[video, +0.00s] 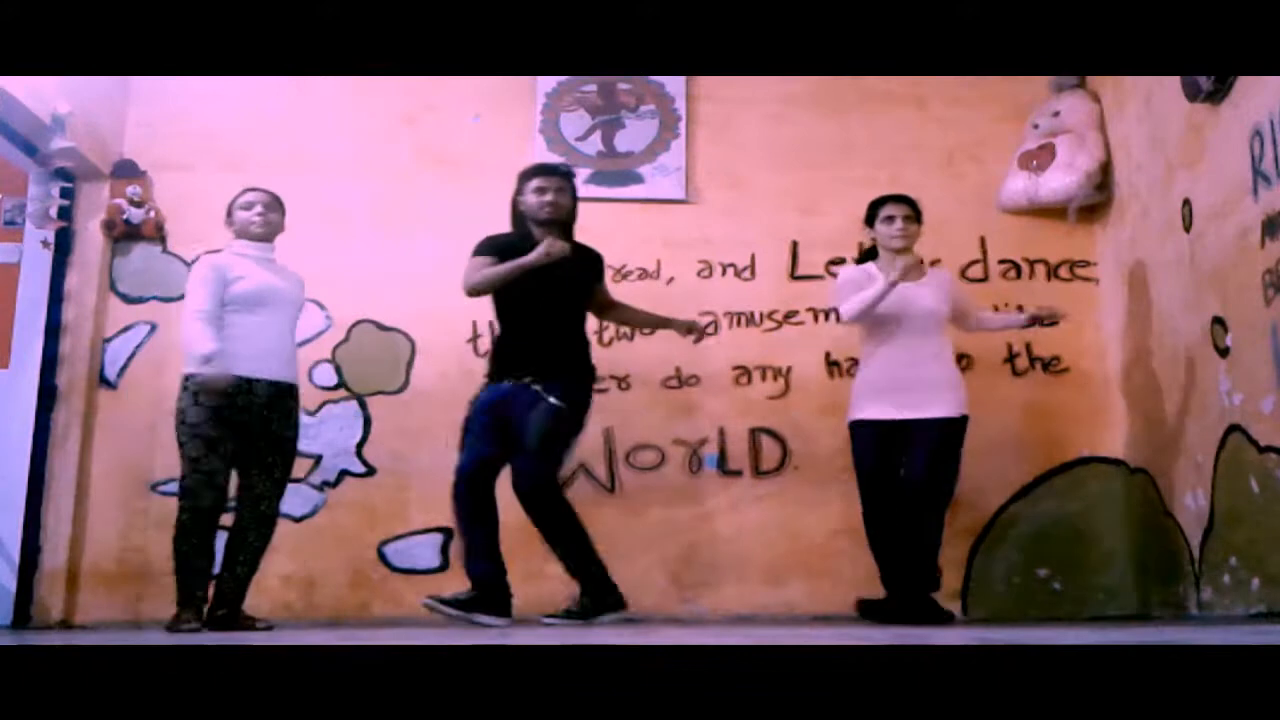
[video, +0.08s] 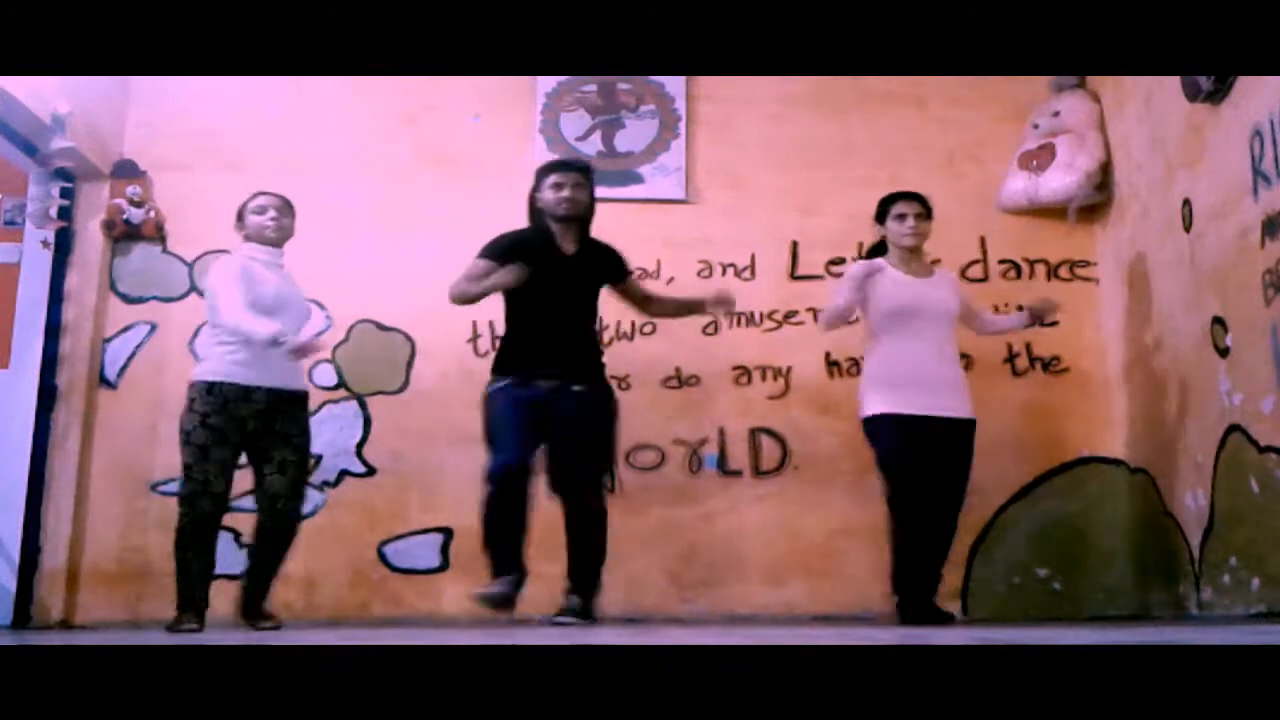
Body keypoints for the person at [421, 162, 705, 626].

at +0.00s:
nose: (550, 198)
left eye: (560, 192)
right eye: (539, 192)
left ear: (574, 205)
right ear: (518, 203)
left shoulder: (585, 261)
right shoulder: (500, 247)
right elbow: (472, 283)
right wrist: (533, 259)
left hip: (563, 385)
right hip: (506, 383)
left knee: (532, 481)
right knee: (471, 480)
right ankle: (489, 594)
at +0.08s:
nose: (567, 193)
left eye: (576, 187)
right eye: (556, 187)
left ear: (591, 200)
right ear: (536, 198)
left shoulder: (602, 257)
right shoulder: (514, 246)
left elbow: (646, 303)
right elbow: (459, 292)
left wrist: (704, 304)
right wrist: (497, 280)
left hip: (581, 388)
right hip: (519, 387)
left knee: (583, 491)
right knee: (507, 470)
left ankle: (581, 595)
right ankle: (506, 574)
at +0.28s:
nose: (590, 194)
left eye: (600, 187)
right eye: (579, 187)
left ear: (614, 199)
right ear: (561, 200)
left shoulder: (630, 250)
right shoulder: (539, 250)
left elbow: (705, 277)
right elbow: (482, 297)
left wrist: (706, 241)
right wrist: (461, 320)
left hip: (589, 380)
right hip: (545, 380)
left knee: (608, 486)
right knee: (607, 484)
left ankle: (555, 588)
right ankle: (562, 591)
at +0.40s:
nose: (605, 189)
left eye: (615, 183)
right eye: (593, 183)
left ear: (629, 196)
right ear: (573, 196)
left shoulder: (646, 253)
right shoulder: (546, 251)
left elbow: (688, 305)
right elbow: (520, 311)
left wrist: (729, 313)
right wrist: (571, 302)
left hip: (625, 387)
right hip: (561, 389)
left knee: (665, 464)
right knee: (546, 477)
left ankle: (620, 569)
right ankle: (559, 590)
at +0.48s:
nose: (614, 189)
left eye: (624, 182)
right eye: (603, 182)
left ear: (638, 194)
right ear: (582, 194)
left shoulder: (651, 253)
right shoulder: (562, 243)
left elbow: (670, 306)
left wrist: (723, 324)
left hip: (634, 384)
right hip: (572, 385)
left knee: (628, 481)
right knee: (528, 485)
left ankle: (669, 589)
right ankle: (554, 595)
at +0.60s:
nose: (637, 219)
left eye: (644, 213)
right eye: (627, 213)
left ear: (655, 221)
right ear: (609, 220)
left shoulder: (663, 270)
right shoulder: (596, 259)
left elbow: (690, 310)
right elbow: (590, 293)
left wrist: (742, 301)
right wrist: (654, 283)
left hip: (651, 380)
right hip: (602, 378)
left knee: (650, 464)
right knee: (563, 456)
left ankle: (683, 556)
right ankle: (568, 544)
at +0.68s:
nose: (644, 216)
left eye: (651, 210)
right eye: (635, 210)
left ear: (661, 218)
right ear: (617, 218)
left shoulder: (670, 268)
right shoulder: (603, 259)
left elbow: (725, 298)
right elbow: (576, 294)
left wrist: (760, 280)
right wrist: (613, 296)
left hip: (662, 375)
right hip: (611, 373)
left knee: (673, 467)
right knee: (602, 437)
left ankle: (674, 556)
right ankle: (569, 508)